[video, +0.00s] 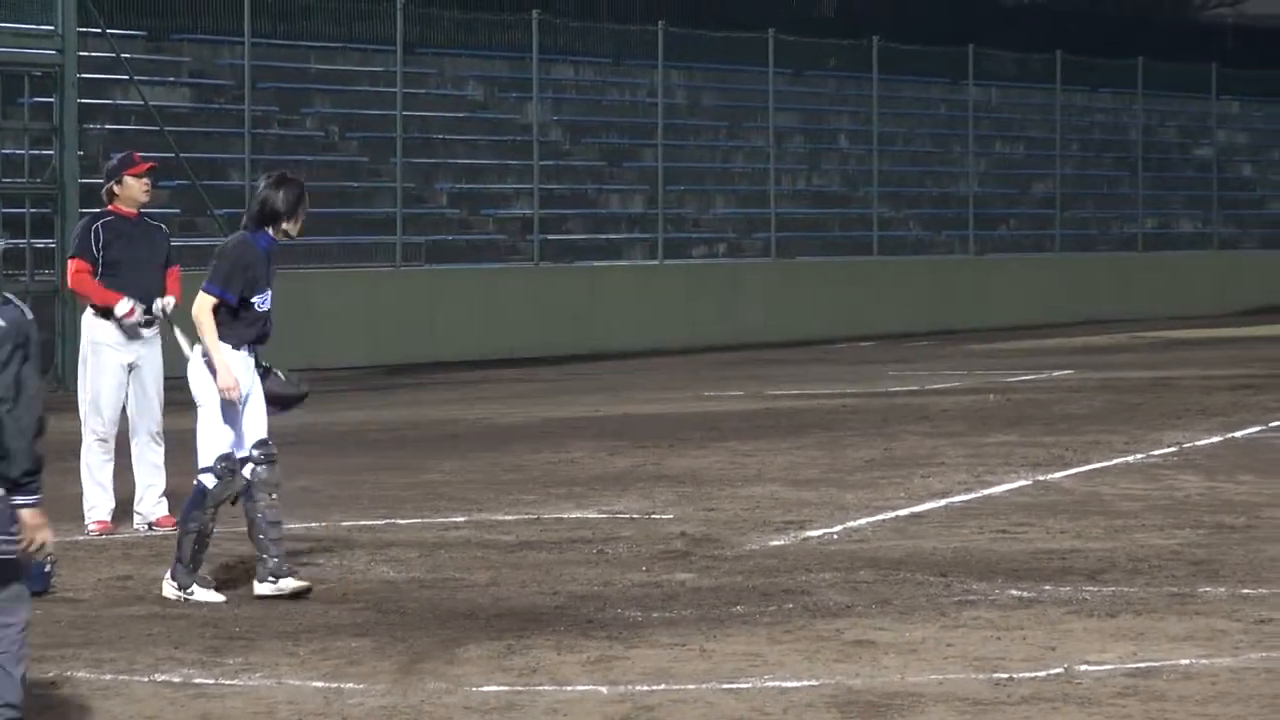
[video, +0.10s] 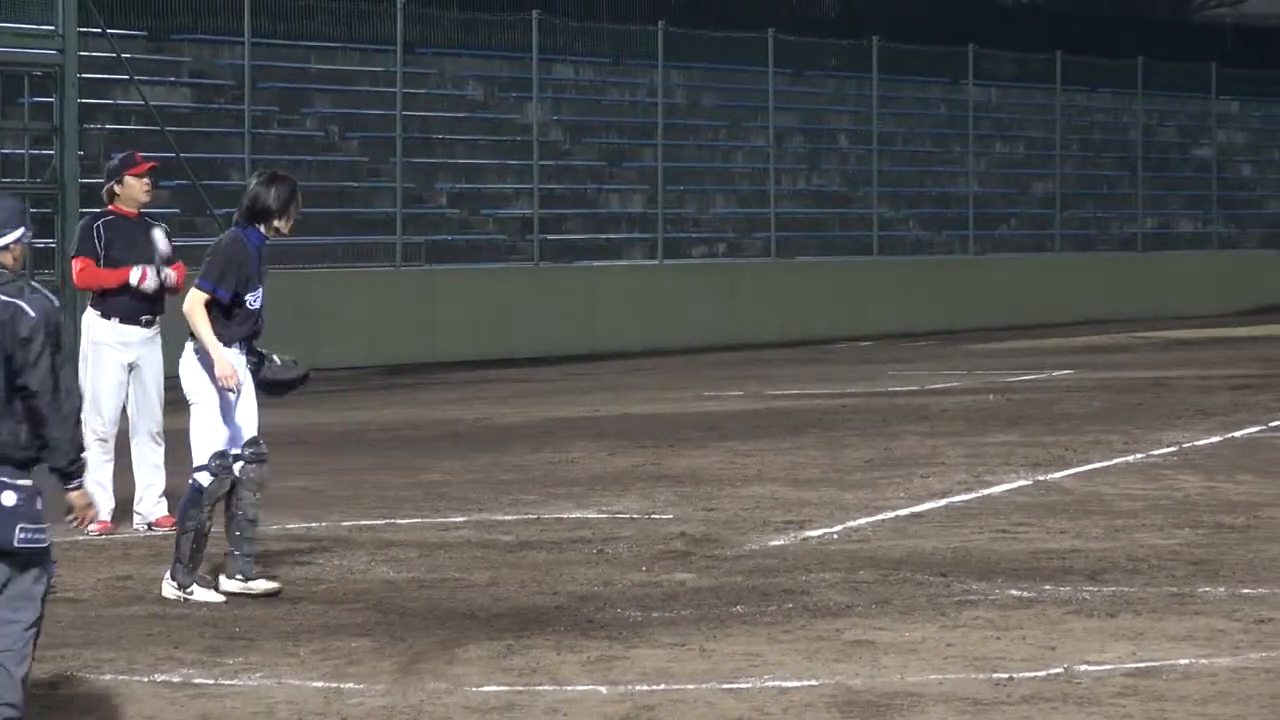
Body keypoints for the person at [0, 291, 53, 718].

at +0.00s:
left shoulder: (14, 320)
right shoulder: (12, 321)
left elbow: (20, 414)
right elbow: (19, 416)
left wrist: (27, 496)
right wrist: (28, 496)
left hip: (6, 498)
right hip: (2, 500)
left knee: (11, 613)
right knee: (10, 614)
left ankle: (9, 701)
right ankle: (7, 703)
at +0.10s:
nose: (26, 249)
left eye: (21, 241)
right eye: (22, 242)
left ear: (6, 248)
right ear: (11, 248)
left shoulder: (30, 307)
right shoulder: (29, 307)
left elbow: (49, 397)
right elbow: (50, 398)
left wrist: (70, 475)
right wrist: (72, 476)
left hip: (17, 474)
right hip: (14, 476)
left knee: (30, 574)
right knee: (24, 579)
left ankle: (11, 693)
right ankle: (9, 699)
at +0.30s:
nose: (74, 246)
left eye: (70, 238)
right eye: (70, 239)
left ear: (16, 241)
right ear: (58, 244)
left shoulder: (5, 284)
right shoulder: (80, 303)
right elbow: (114, 389)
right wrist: (140, 451)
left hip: (8, 458)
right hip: (37, 465)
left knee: (18, 588)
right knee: (22, 599)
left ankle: (60, 693)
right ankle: (6, 706)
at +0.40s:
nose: (92, 250)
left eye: (90, 242)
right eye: (87, 243)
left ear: (35, 246)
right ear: (74, 247)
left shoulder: (8, 297)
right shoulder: (102, 308)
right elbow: (138, 392)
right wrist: (166, 454)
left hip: (10, 469)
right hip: (64, 471)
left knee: (44, 592)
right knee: (44, 596)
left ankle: (83, 697)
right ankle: (12, 705)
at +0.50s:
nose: (112, 245)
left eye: (108, 237)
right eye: (106, 238)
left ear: (53, 246)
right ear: (94, 245)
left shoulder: (13, 301)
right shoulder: (122, 305)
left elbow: (1, 393)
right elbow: (150, 396)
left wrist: (3, 469)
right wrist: (175, 463)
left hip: (24, 465)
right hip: (84, 467)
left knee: (67, 592)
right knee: (98, 591)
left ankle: (87, 707)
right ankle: (26, 691)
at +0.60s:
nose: (130, 238)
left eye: (127, 229)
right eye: (126, 231)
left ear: (75, 239)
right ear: (111, 238)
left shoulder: (28, 297)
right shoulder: (141, 295)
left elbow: (10, 386)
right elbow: (163, 387)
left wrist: (13, 458)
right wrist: (181, 460)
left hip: (48, 462)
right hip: (114, 462)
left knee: (75, 587)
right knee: (137, 573)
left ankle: (85, 706)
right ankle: (80, 668)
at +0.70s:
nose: (152, 233)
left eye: (148, 224)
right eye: (146, 226)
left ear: (97, 231)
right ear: (130, 231)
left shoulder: (52, 288)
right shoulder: (161, 288)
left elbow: (36, 379)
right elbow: (177, 382)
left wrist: (36, 448)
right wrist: (188, 456)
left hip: (72, 455)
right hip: (139, 457)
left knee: (85, 586)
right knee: (167, 567)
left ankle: (80, 701)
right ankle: (136, 689)